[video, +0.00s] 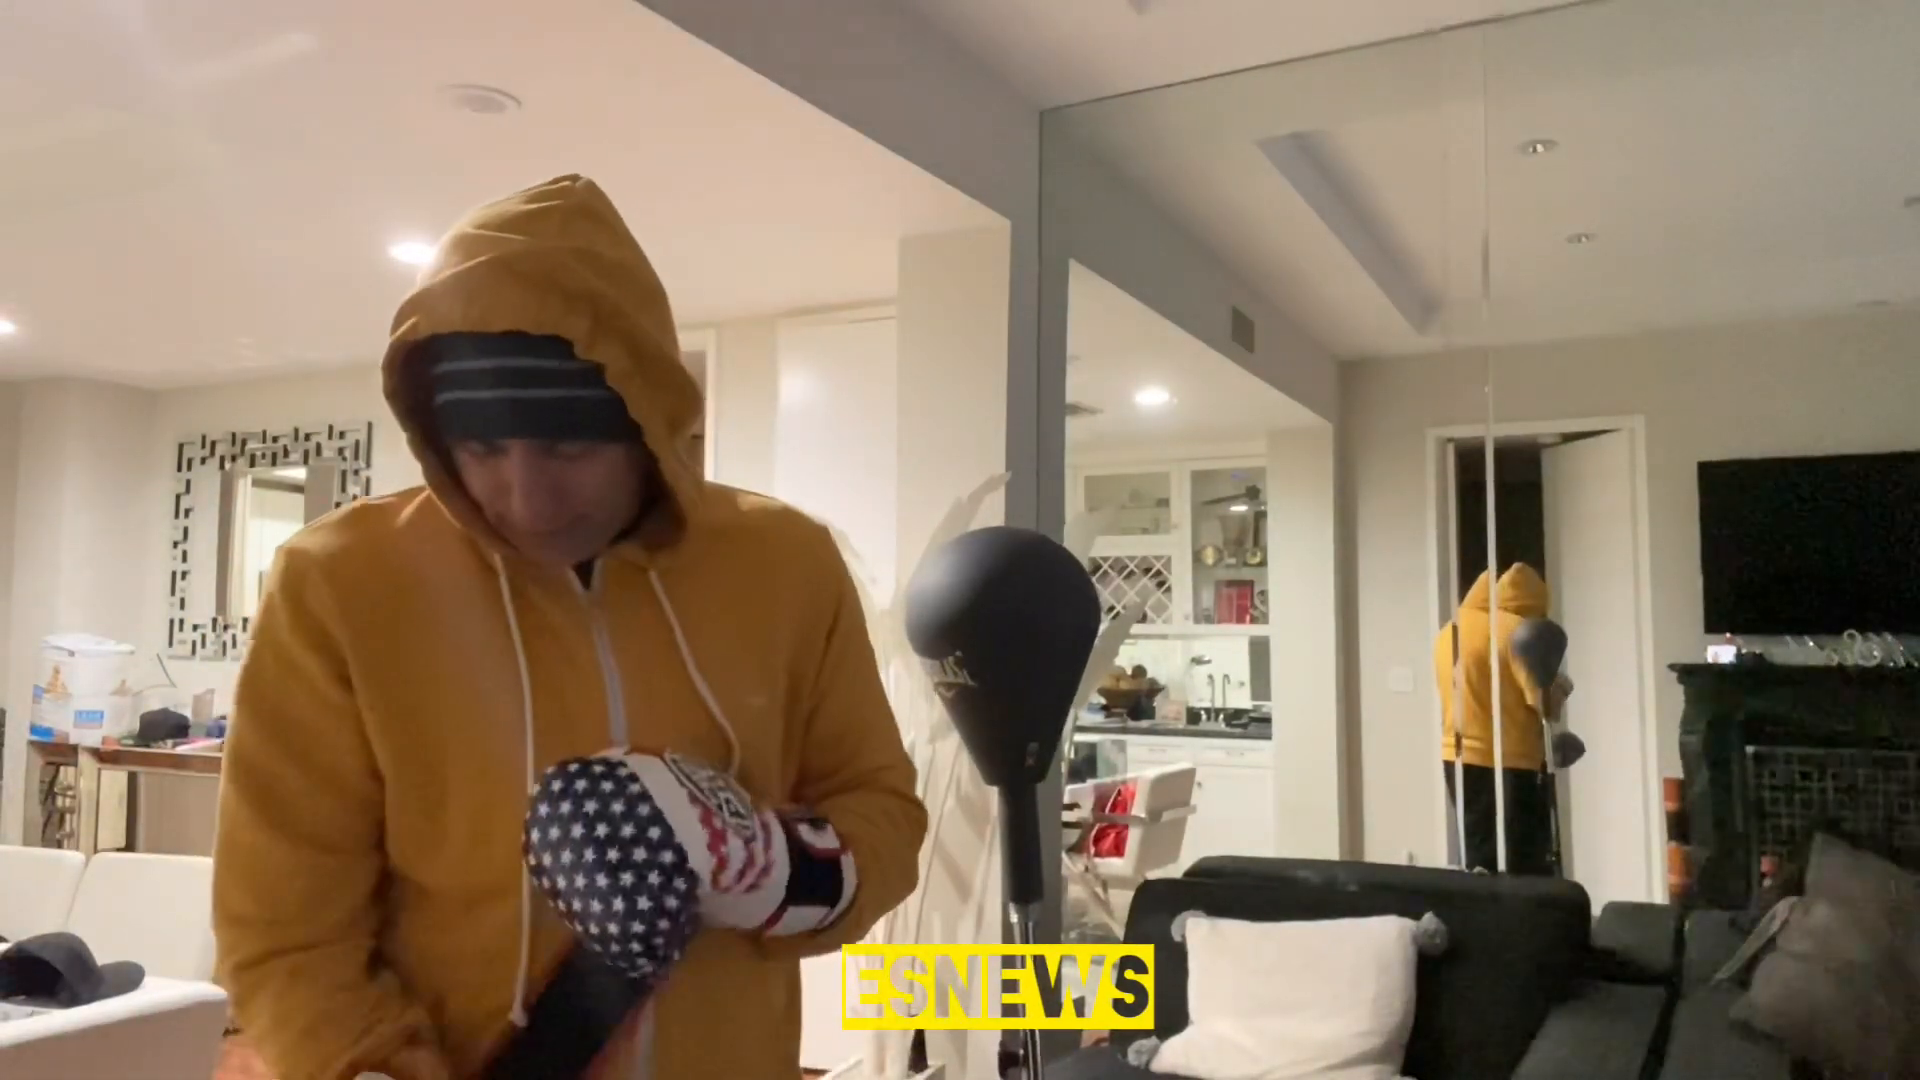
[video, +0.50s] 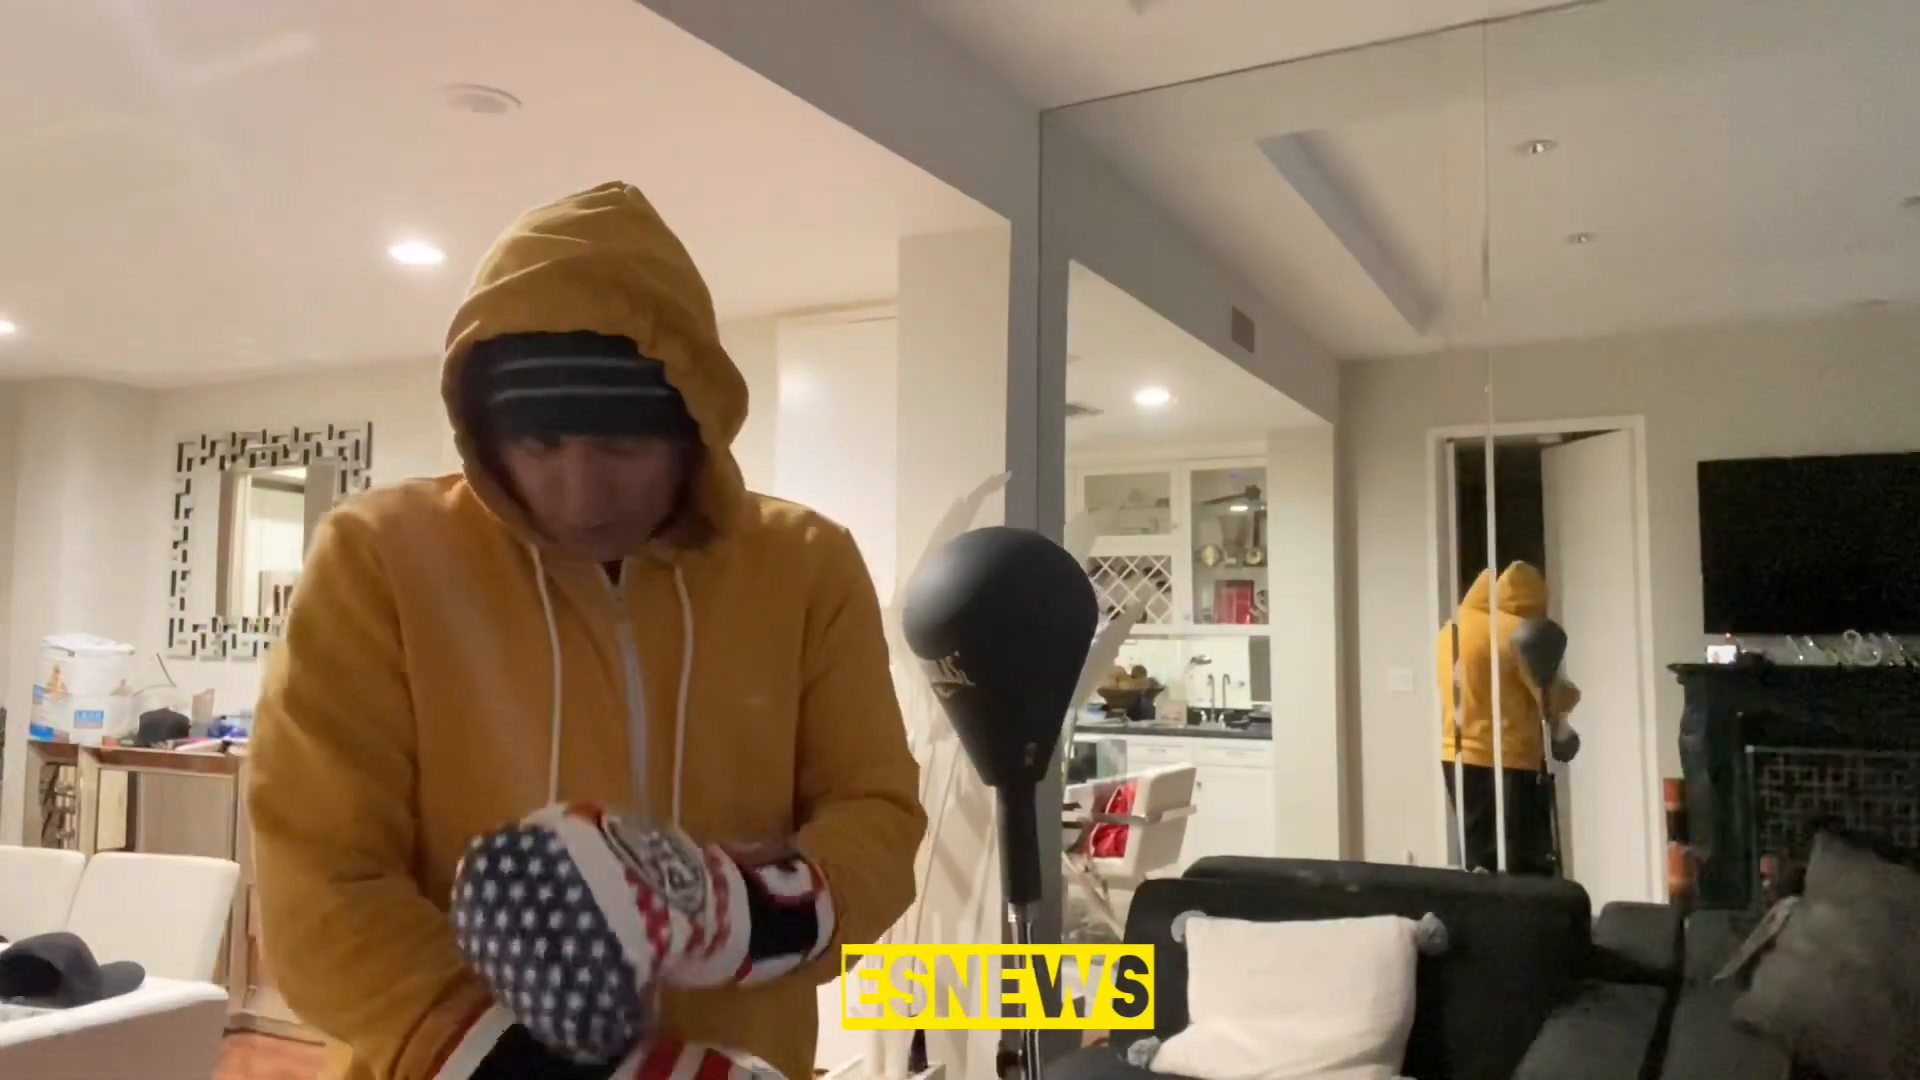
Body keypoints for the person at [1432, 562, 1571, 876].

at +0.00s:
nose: (1540, 617)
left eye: (1541, 611)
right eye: (1539, 609)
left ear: (1488, 591)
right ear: (1530, 601)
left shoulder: (1448, 633)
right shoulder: (1518, 631)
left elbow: (1455, 700)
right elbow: (1546, 704)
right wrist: (1561, 686)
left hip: (1461, 764)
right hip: (1515, 767)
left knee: (1479, 860)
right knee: (1527, 863)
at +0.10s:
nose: (1541, 616)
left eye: (1541, 610)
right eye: (1539, 608)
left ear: (1487, 591)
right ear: (1529, 600)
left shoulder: (1448, 633)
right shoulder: (1518, 631)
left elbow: (1455, 699)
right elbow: (1544, 702)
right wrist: (1560, 686)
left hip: (1461, 764)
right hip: (1514, 766)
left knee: (1479, 861)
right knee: (1527, 864)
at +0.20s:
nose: (1540, 616)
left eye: (1541, 610)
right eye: (1539, 609)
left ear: (1486, 591)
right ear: (1528, 600)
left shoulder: (1449, 632)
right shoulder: (1518, 631)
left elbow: (1453, 697)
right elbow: (1546, 702)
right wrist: (1561, 683)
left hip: (1461, 763)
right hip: (1515, 766)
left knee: (1478, 859)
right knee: (1527, 862)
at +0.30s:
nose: (1540, 615)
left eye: (1540, 608)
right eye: (1539, 607)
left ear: (1489, 590)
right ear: (1529, 600)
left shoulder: (1449, 630)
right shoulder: (1519, 631)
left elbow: (1454, 694)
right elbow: (1550, 704)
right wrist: (1565, 679)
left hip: (1460, 763)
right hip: (1513, 767)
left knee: (1479, 861)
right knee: (1529, 865)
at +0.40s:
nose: (1540, 611)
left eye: (1540, 604)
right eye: (1538, 603)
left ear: (1492, 589)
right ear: (1529, 598)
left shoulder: (1451, 630)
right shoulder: (1520, 633)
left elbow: (1451, 698)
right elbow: (1549, 700)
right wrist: (1568, 687)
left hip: (1462, 762)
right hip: (1516, 766)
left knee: (1479, 860)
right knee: (1529, 863)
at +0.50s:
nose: (1541, 613)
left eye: (1541, 606)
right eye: (1540, 605)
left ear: (1493, 590)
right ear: (1531, 599)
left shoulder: (1451, 631)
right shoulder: (1520, 633)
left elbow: (1452, 699)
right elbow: (1550, 700)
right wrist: (1571, 692)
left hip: (1461, 764)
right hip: (1515, 768)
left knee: (1479, 863)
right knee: (1528, 865)